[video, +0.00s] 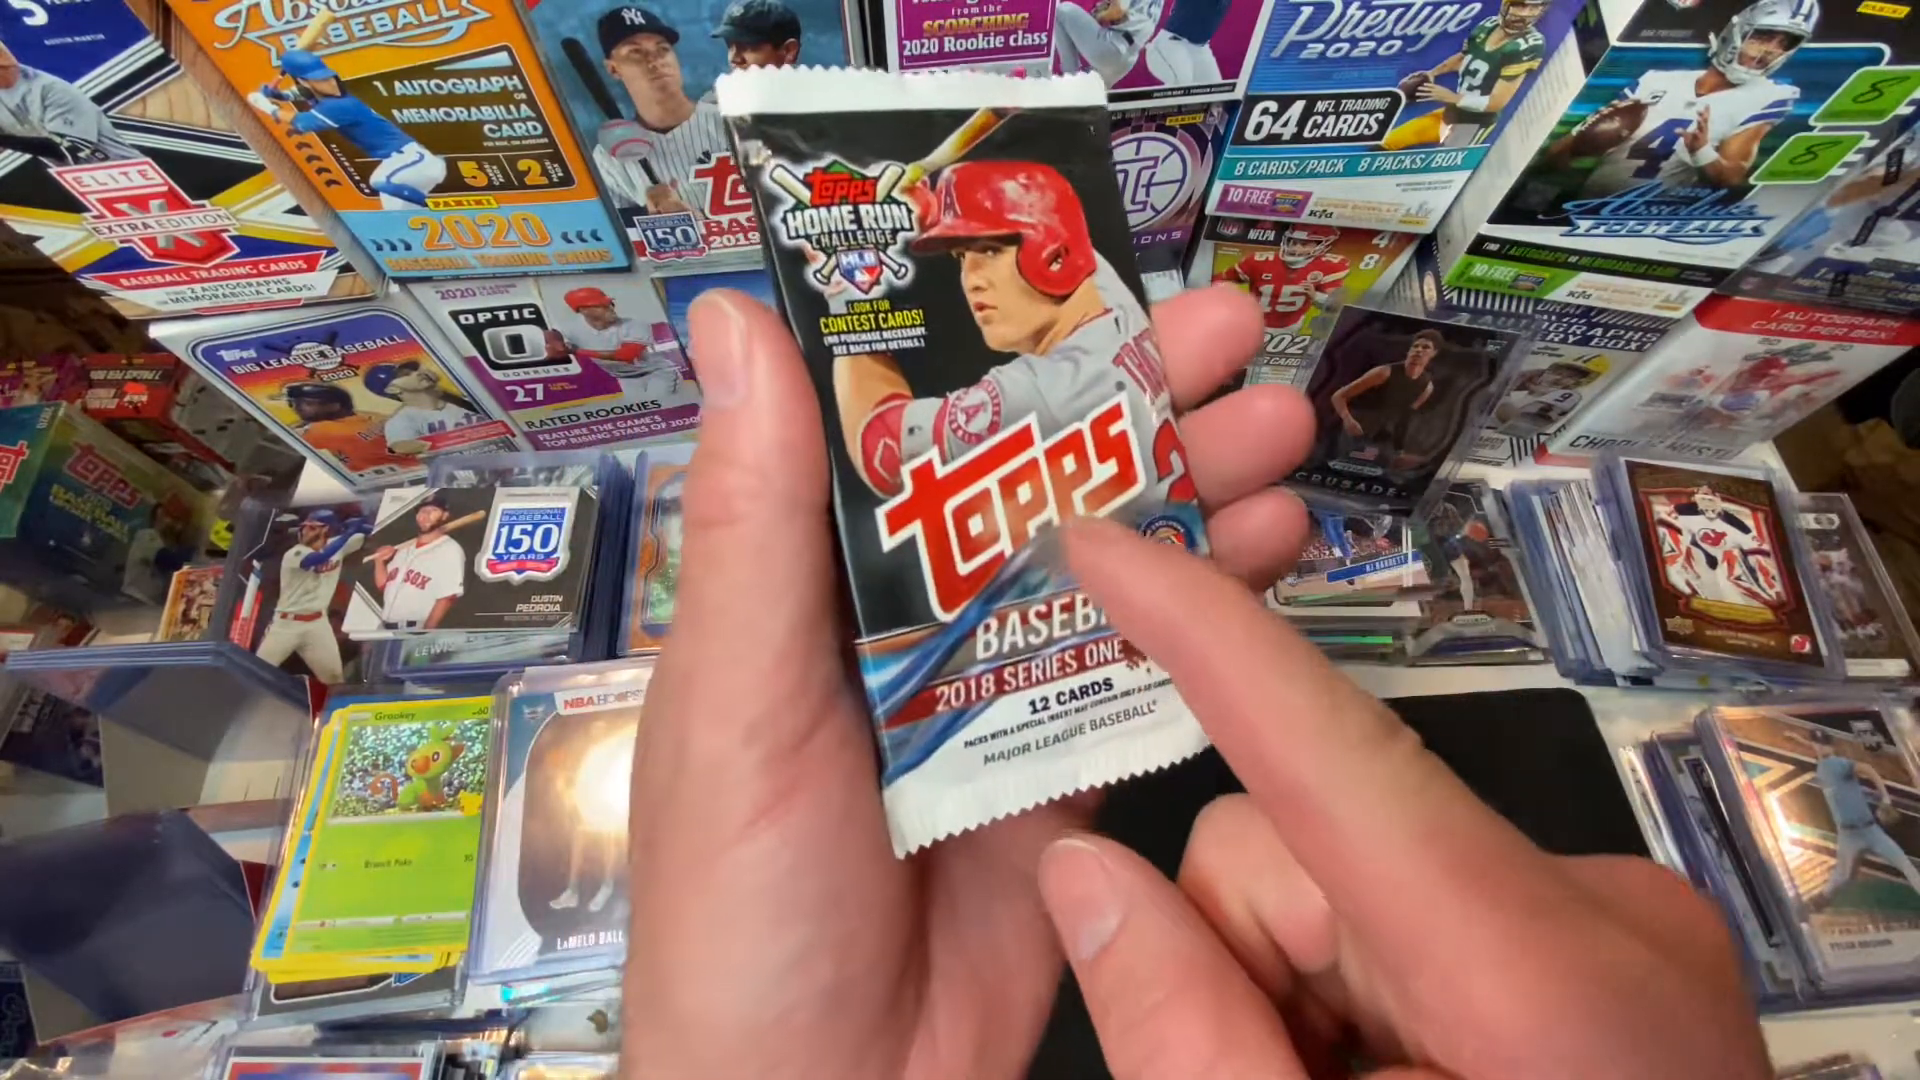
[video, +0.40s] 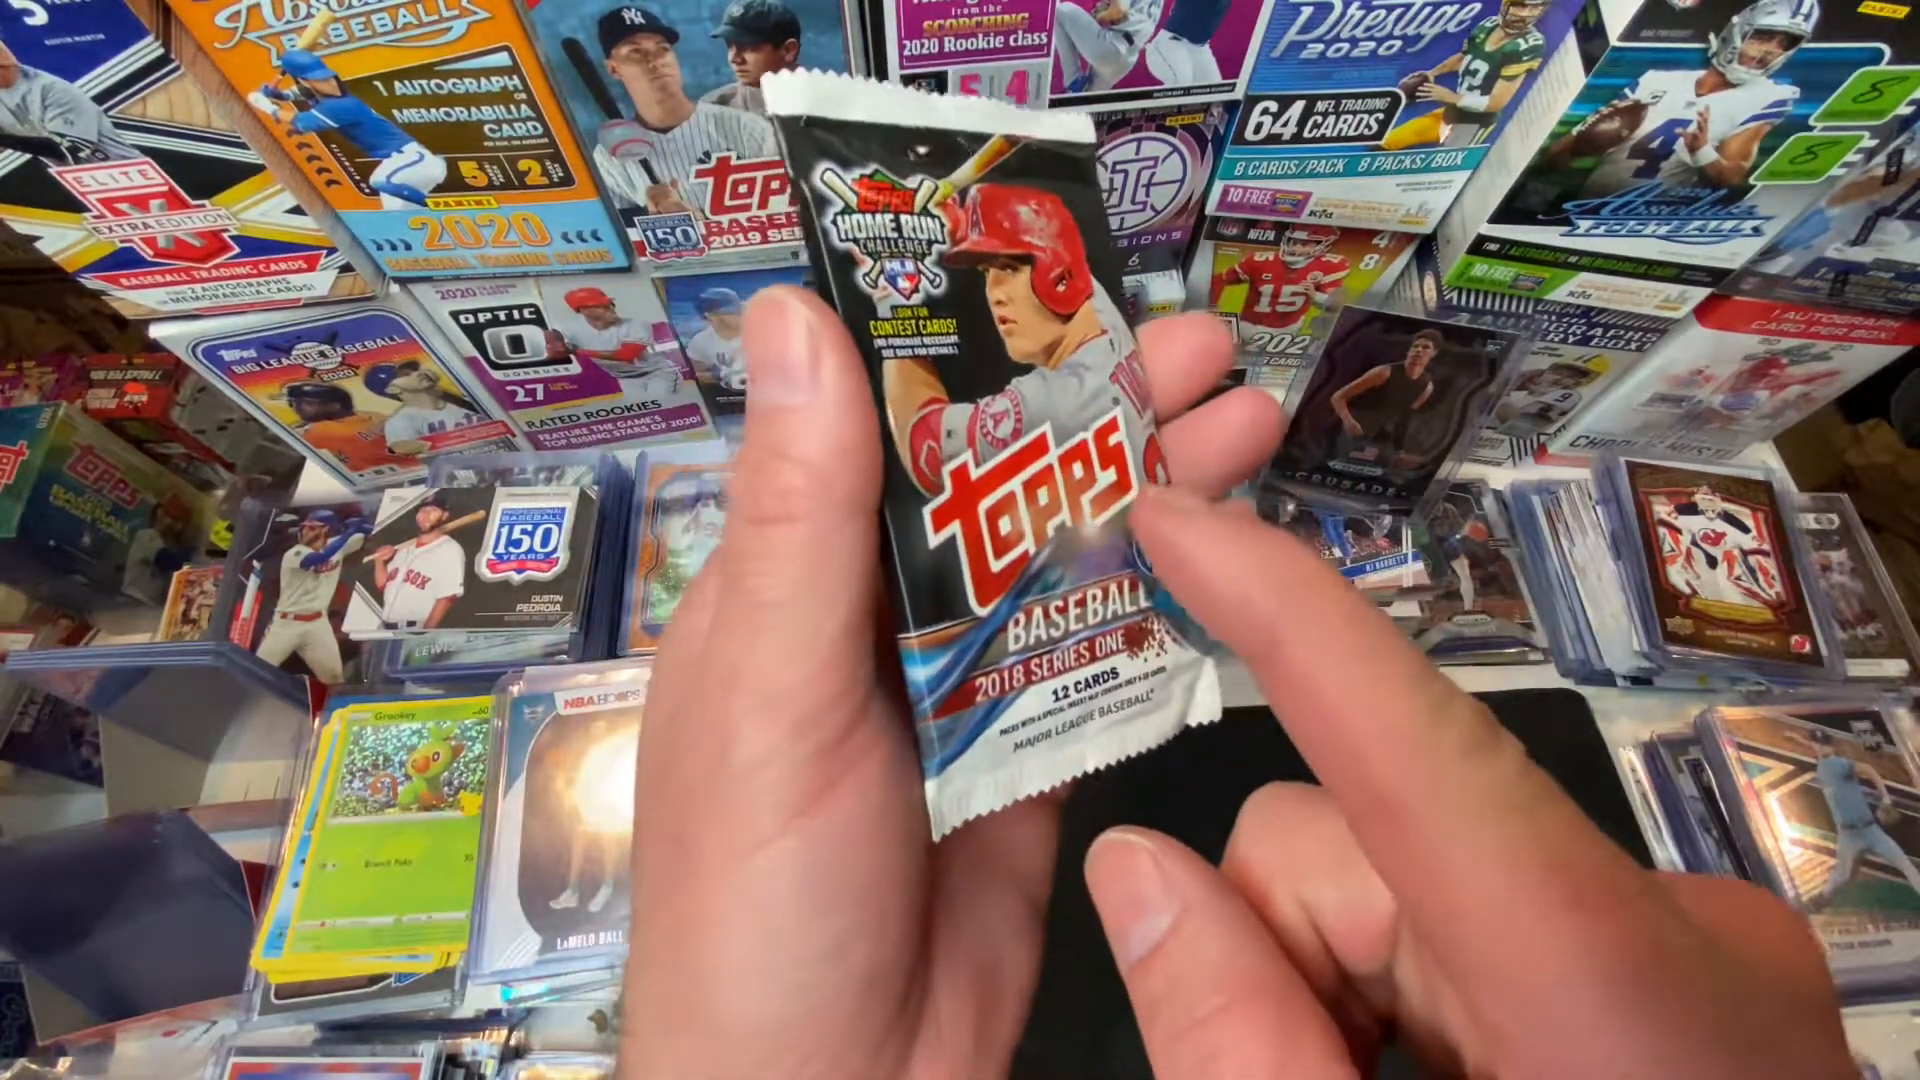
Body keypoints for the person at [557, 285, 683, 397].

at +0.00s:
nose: (612, 308)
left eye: (610, 304)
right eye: (605, 306)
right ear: (587, 312)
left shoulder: (634, 325)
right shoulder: (578, 336)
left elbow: (628, 355)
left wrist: (583, 354)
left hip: (658, 371)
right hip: (625, 377)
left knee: (655, 400)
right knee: (630, 404)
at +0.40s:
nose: (612, 309)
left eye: (609, 305)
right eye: (605, 307)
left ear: (608, 306)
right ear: (588, 315)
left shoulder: (635, 325)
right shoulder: (580, 337)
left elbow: (628, 355)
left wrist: (582, 354)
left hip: (658, 370)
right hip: (626, 376)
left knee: (657, 394)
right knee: (630, 399)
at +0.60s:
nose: (612, 310)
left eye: (610, 306)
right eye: (605, 308)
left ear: (610, 305)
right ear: (588, 314)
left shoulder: (636, 326)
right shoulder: (589, 342)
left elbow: (627, 356)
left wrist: (580, 353)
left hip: (658, 371)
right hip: (627, 379)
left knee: (656, 400)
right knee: (632, 404)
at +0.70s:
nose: (612, 309)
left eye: (611, 305)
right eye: (605, 307)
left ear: (611, 304)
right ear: (588, 313)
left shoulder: (636, 325)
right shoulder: (581, 338)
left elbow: (627, 355)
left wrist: (581, 353)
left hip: (658, 371)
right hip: (626, 378)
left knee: (656, 400)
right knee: (632, 403)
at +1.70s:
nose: (613, 310)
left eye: (611, 306)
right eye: (606, 308)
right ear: (586, 312)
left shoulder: (633, 326)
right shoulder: (576, 336)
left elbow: (628, 355)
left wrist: (584, 354)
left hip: (654, 372)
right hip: (616, 379)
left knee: (658, 390)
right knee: (629, 395)